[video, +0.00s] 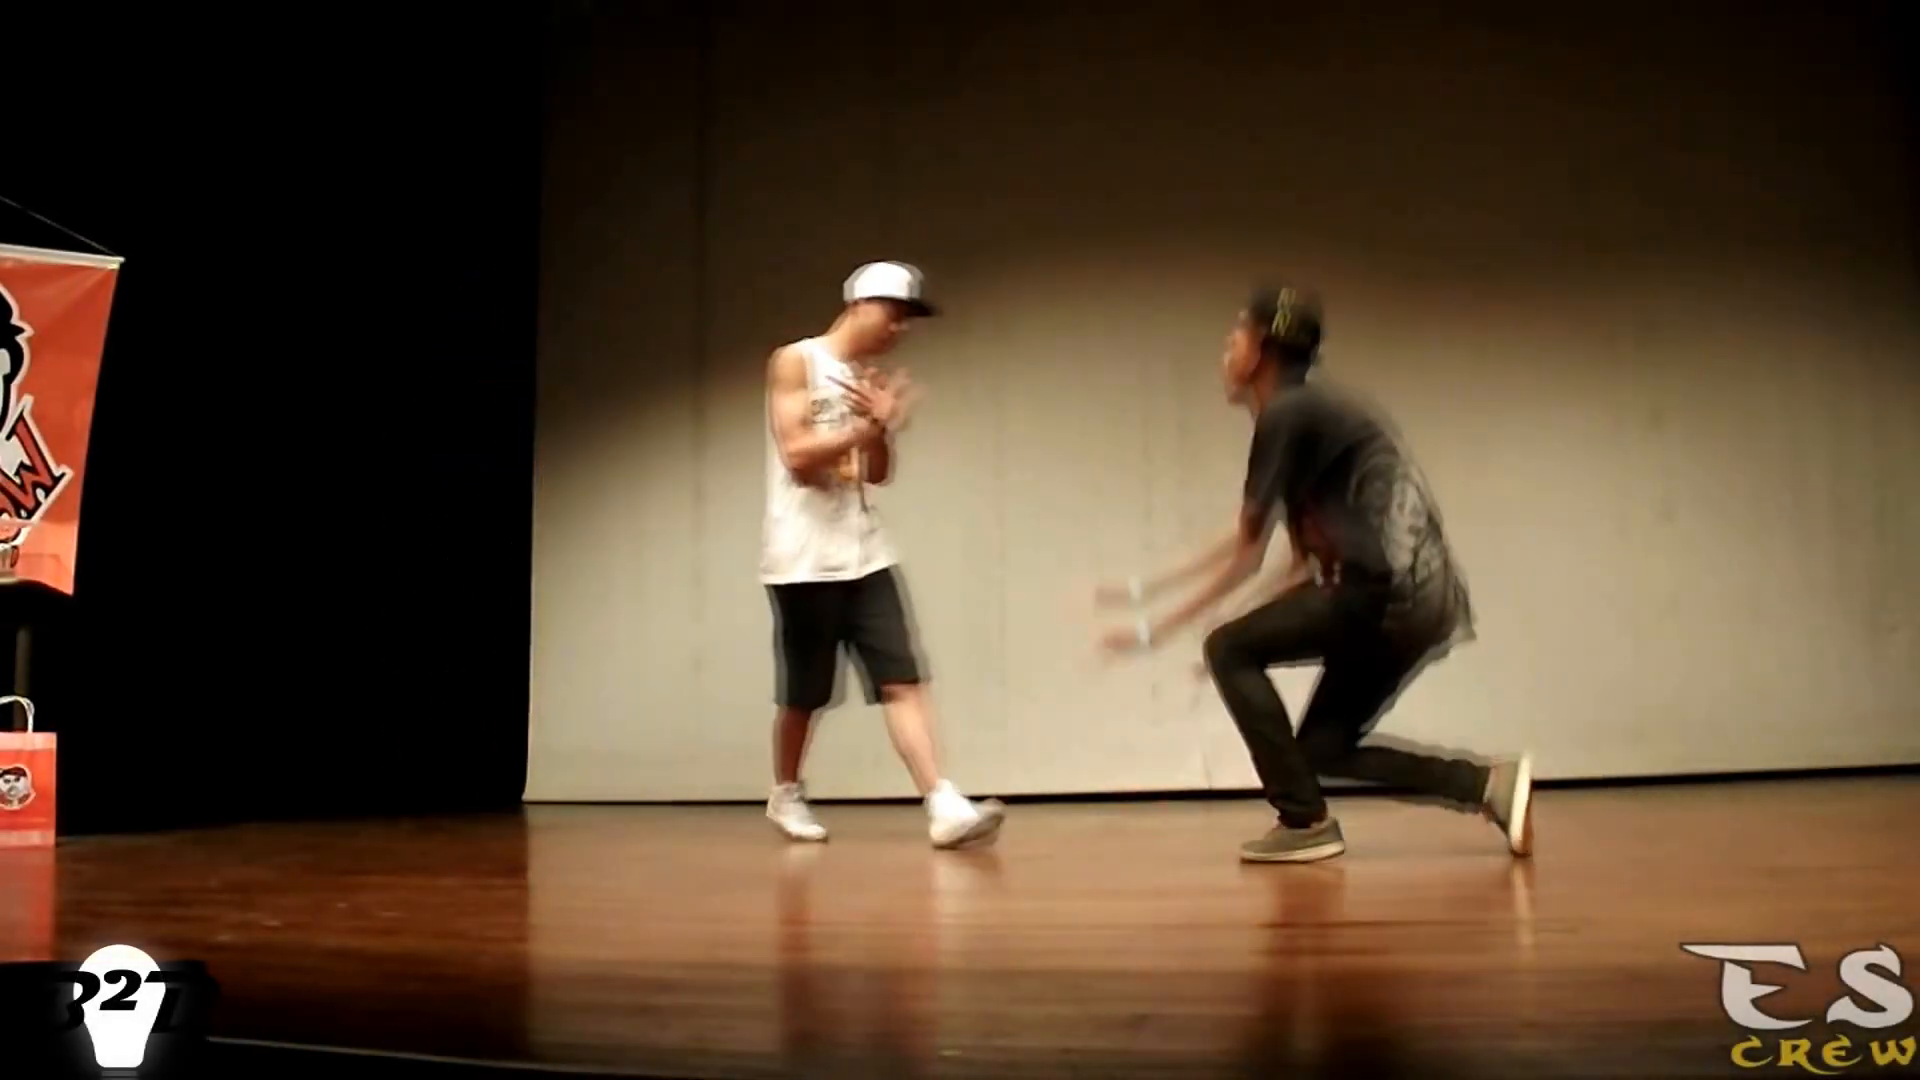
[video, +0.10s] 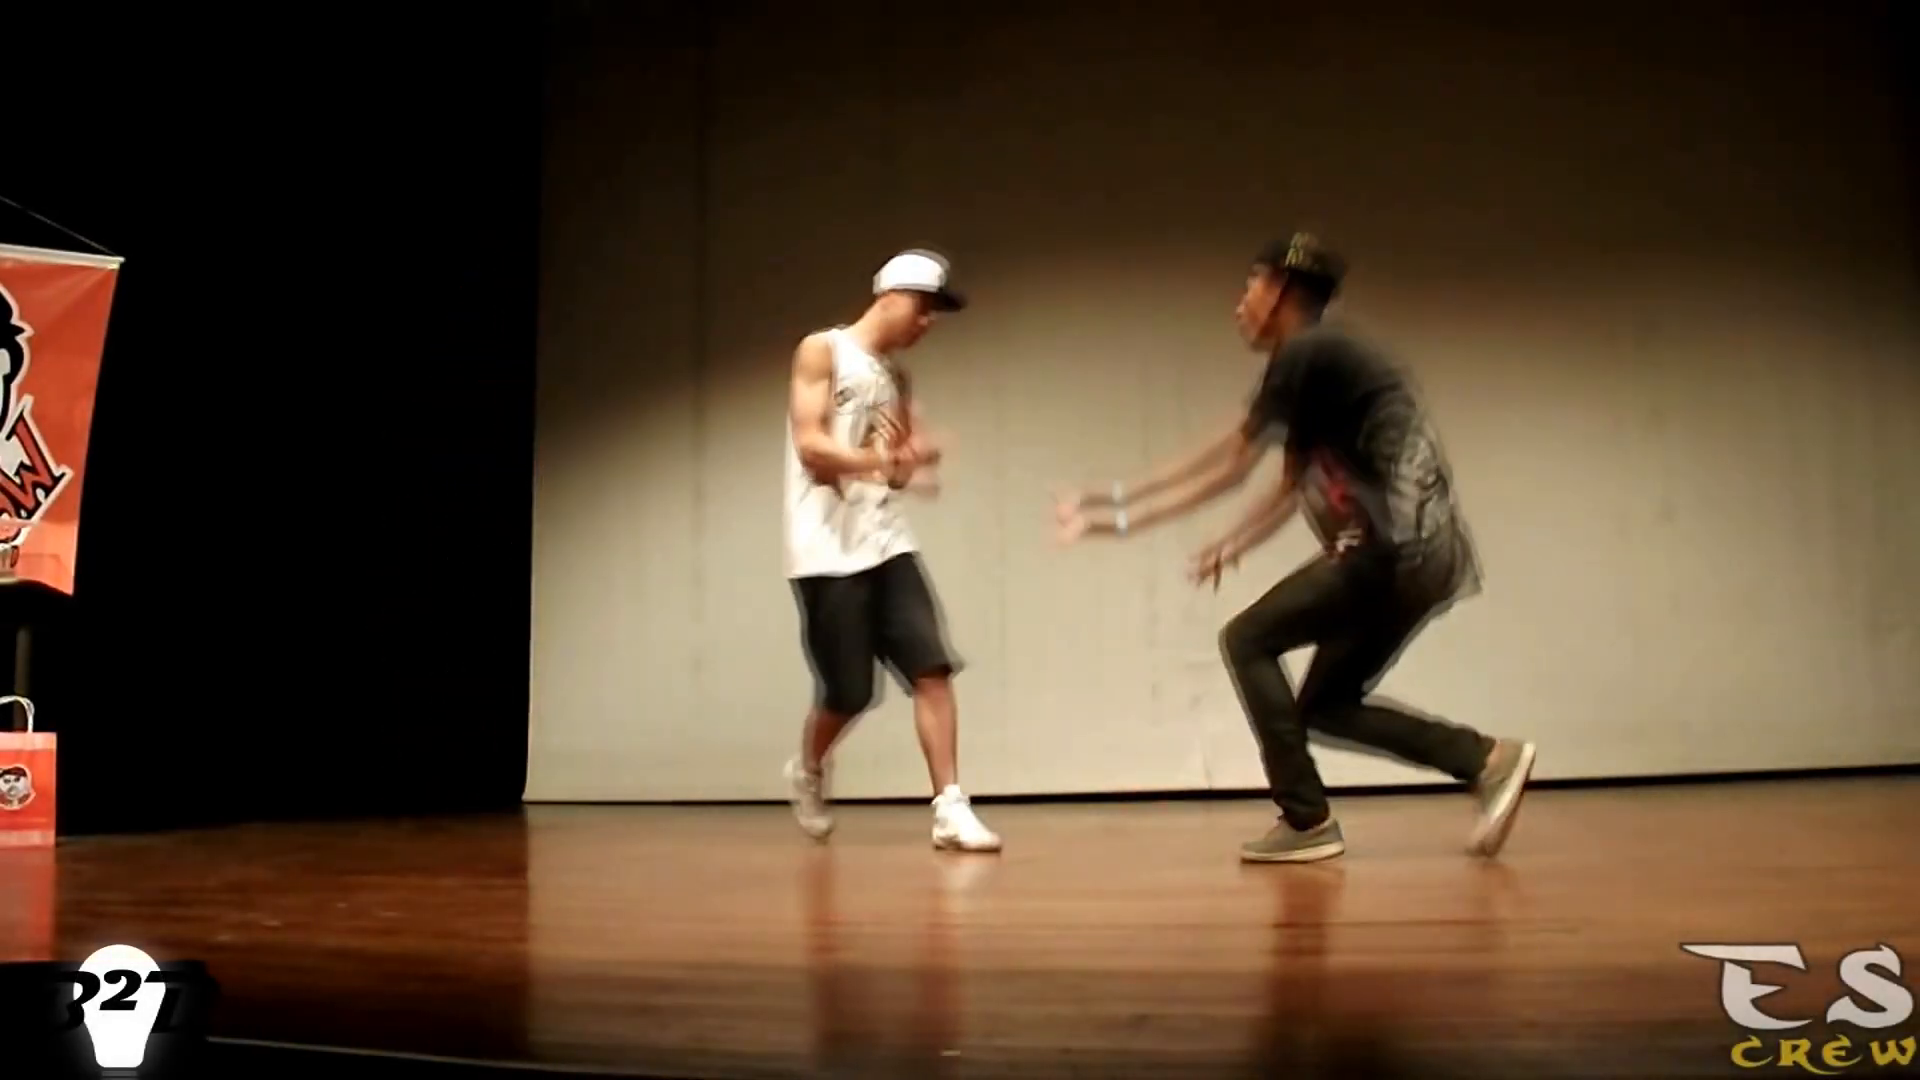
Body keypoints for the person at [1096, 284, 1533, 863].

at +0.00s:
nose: (1227, 350)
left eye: (1237, 335)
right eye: (1233, 334)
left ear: (1262, 348)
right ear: (1291, 349)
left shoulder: (1286, 414)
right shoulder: (1325, 410)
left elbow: (1243, 551)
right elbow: (1308, 569)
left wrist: (1151, 627)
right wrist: (1229, 646)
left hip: (1382, 595)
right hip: (1423, 603)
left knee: (1229, 648)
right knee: (1320, 751)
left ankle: (1305, 822)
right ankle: (1484, 785)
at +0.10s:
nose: (1241, 302)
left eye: (1253, 286)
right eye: (1247, 286)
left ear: (1284, 294)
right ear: (1301, 298)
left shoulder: (1302, 357)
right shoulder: (1333, 359)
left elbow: (1228, 463)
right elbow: (1291, 488)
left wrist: (1123, 510)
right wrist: (1230, 547)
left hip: (1388, 556)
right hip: (1423, 559)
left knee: (1245, 643)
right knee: (1325, 710)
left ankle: (1307, 820)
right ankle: (1487, 761)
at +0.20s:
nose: (1271, 253)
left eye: (1283, 239)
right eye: (1278, 238)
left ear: (1312, 246)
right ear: (1328, 250)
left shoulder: (1329, 300)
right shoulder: (1362, 309)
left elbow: (1243, 388)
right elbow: (1304, 431)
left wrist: (1134, 436)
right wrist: (1243, 497)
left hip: (1404, 515)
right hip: (1440, 520)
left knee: (1277, 633)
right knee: (1336, 675)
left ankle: (1311, 823)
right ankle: (1485, 771)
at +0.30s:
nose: (1309, 211)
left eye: (1321, 198)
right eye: (1315, 198)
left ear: (1352, 203)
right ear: (1366, 207)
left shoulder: (1367, 249)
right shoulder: (1392, 258)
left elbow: (1299, 346)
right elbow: (1344, 393)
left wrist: (1186, 407)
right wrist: (1287, 479)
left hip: (1430, 485)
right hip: (1454, 483)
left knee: (1334, 628)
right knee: (1374, 647)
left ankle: (1319, 825)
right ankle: (1508, 791)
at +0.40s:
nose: (1348, 191)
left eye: (1359, 178)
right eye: (1350, 180)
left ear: (1396, 177)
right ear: (1407, 181)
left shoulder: (1399, 219)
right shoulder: (1431, 229)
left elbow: (1370, 327)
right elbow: (1385, 378)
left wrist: (1280, 419)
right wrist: (1353, 487)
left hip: (1455, 476)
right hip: (1473, 475)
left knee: (1393, 634)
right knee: (1428, 640)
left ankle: (1336, 818)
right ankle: (1525, 805)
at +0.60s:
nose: (1407, 165)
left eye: (1420, 151)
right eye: (1410, 152)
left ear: (1461, 156)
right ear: (1461, 160)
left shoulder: (1491, 219)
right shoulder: (1498, 221)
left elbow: (1505, 344)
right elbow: (1514, 349)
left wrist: (1463, 455)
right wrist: (1477, 458)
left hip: (1512, 463)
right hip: (1519, 466)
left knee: (1457, 607)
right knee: (1497, 617)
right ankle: (1529, 802)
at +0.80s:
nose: (1483, 155)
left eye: (1496, 140)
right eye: (1486, 142)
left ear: (1540, 147)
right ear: (1537, 150)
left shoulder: (1568, 210)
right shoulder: (1569, 217)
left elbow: (1582, 322)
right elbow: (1583, 343)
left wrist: (1535, 440)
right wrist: (1549, 456)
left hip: (1587, 465)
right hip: (1575, 466)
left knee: (1576, 619)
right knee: (1565, 626)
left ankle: (1746, 752)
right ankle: (1542, 810)